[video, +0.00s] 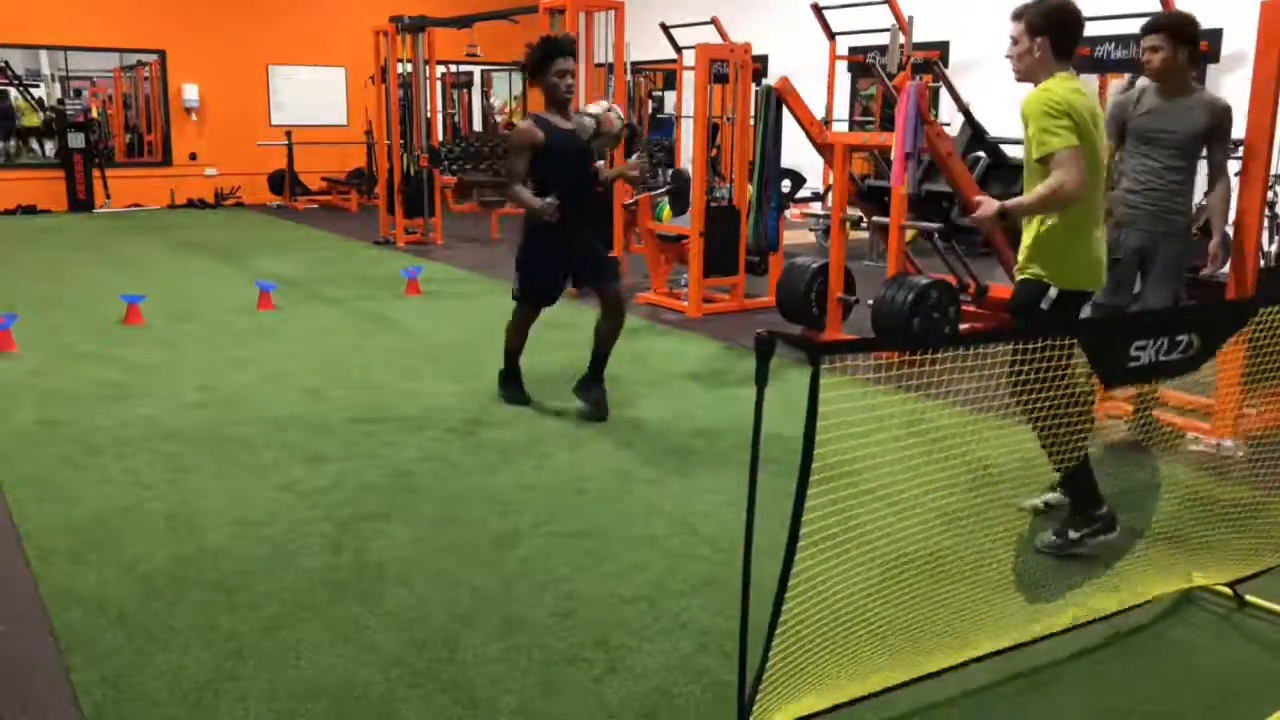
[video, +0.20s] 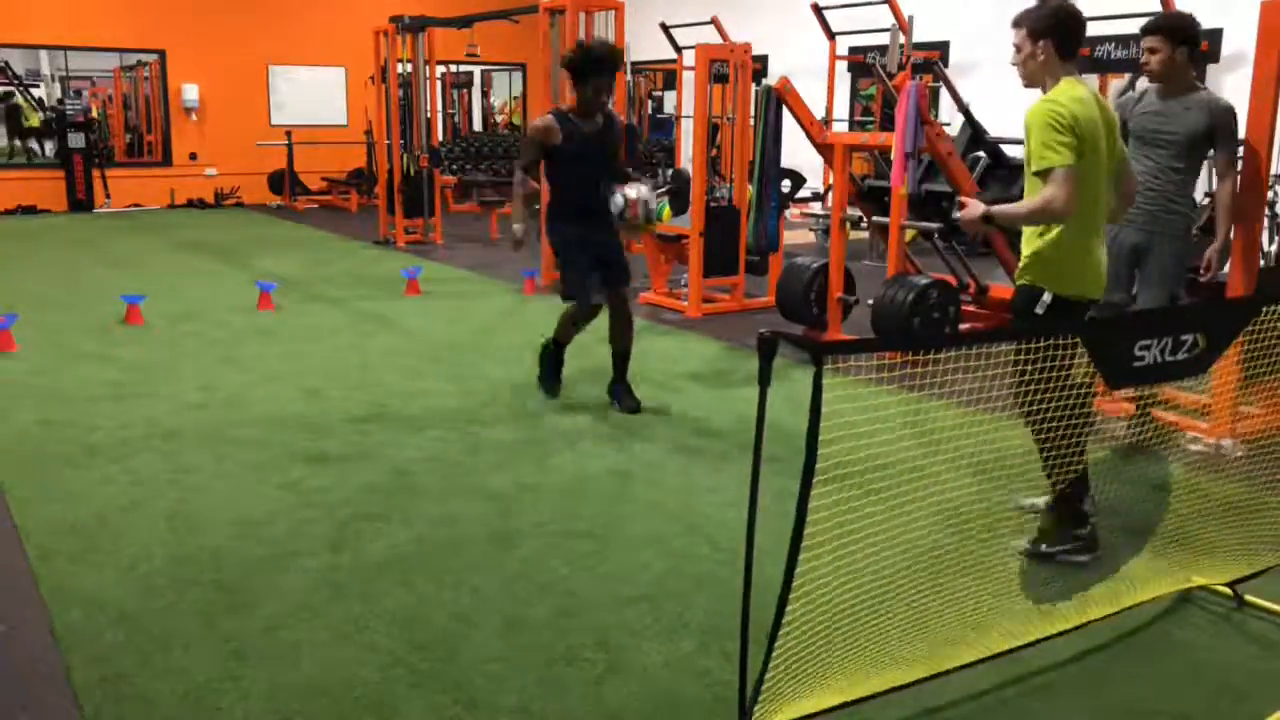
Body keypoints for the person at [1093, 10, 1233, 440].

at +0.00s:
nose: (1144, 58)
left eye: (1154, 50)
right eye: (1142, 51)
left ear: (1184, 54)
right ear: (1143, 55)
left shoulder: (1213, 110)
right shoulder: (1126, 98)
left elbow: (1218, 177)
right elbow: (1106, 158)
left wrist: (1217, 235)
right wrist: (1098, 215)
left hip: (1173, 234)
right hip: (1121, 226)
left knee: (1156, 322)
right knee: (1104, 316)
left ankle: (1143, 416)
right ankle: (1082, 403)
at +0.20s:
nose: (1143, 60)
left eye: (1152, 52)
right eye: (1143, 52)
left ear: (1181, 54)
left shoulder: (1215, 111)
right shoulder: (1130, 102)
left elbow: (1225, 178)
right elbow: (1108, 160)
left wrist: (1221, 241)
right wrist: (1097, 216)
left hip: (1170, 234)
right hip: (1119, 226)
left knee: (1151, 326)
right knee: (1105, 322)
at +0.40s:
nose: (1143, 61)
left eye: (1152, 53)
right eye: (1142, 53)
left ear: (1180, 54)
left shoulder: (1213, 111)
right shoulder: (1131, 98)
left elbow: (1223, 180)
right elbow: (1105, 153)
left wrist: (1214, 242)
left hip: (1166, 234)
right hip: (1118, 226)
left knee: (1145, 323)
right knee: (1104, 321)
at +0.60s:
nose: (1140, 59)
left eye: (1148, 52)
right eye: (1138, 52)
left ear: (1175, 53)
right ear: (1134, 52)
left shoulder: (1203, 109)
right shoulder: (1127, 99)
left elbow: (1212, 177)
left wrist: (1201, 233)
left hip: (1160, 234)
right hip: (1114, 225)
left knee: (1138, 318)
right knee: (1100, 318)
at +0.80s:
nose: (1127, 57)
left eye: (1136, 49)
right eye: (1124, 50)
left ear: (1165, 51)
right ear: (1122, 51)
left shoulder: (1191, 106)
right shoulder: (1123, 99)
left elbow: (1200, 175)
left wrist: (1187, 235)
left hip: (1155, 229)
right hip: (1113, 221)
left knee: (1137, 315)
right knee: (1102, 314)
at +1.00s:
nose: (1108, 61)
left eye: (1116, 53)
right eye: (1109, 54)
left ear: (1143, 54)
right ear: (1137, 55)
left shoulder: (1181, 108)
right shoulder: (1112, 100)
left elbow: (1191, 175)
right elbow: (1096, 162)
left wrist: (1184, 238)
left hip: (1150, 229)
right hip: (1106, 222)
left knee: (1133, 316)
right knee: (1100, 316)